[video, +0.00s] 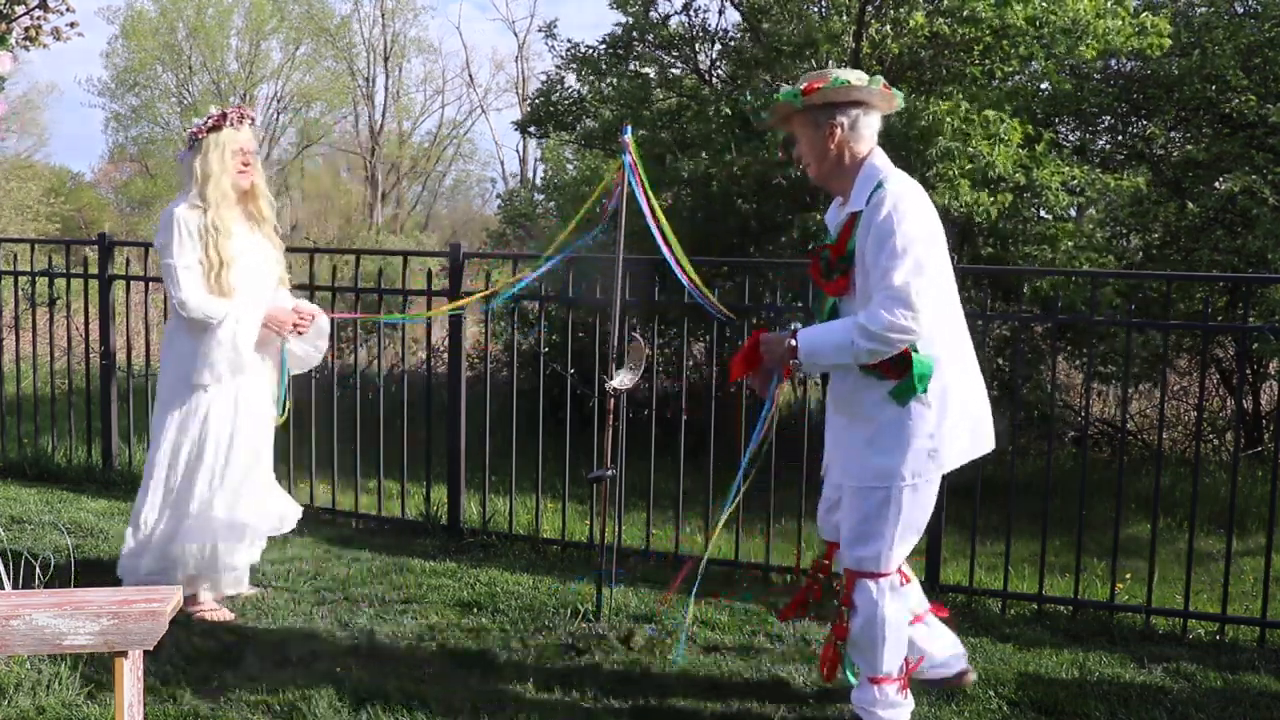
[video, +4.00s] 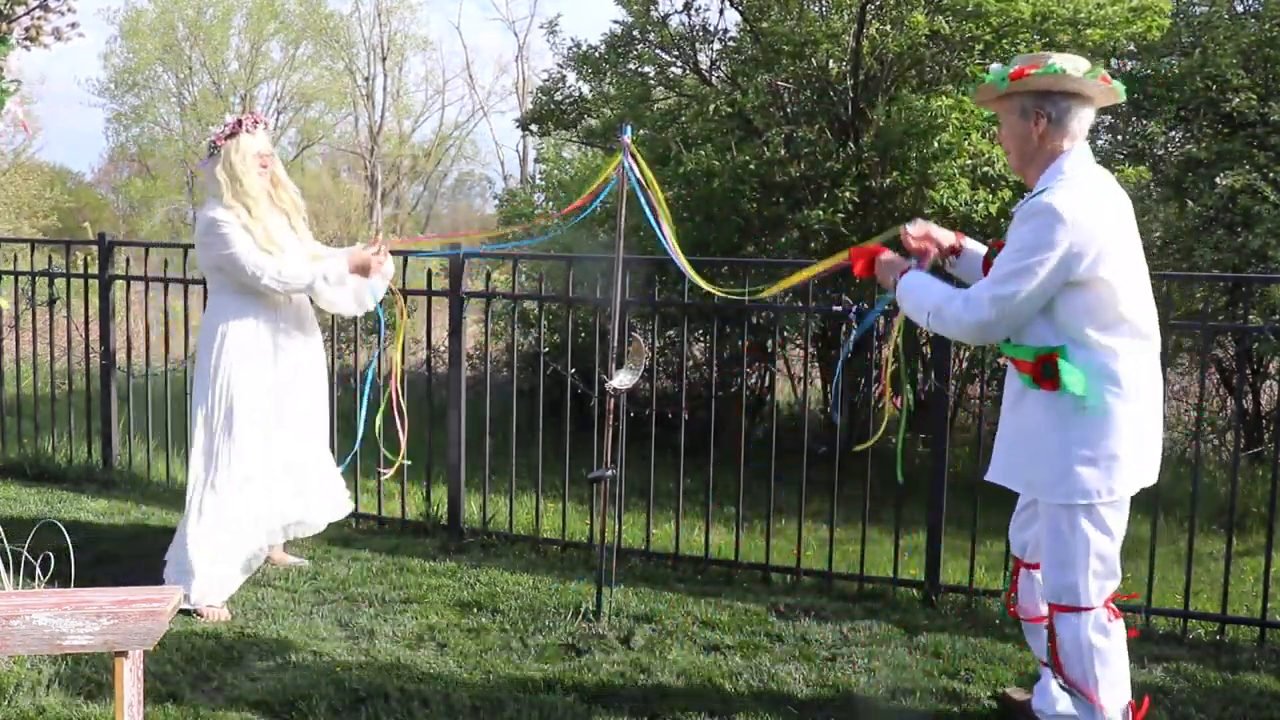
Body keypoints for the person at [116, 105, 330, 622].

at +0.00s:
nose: (247, 160)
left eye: (252, 152)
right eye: (236, 152)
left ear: (259, 160)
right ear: (210, 160)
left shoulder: (255, 219)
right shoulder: (185, 215)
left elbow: (268, 290)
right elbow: (189, 300)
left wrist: (296, 312)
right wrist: (258, 317)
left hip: (250, 364)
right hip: (205, 366)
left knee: (236, 472)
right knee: (204, 470)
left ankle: (210, 590)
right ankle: (191, 589)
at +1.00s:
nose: (229, 161)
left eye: (236, 152)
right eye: (217, 153)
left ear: (243, 159)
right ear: (193, 160)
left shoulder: (250, 218)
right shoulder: (170, 216)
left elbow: (273, 279)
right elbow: (156, 288)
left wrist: (315, 279)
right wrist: (217, 303)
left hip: (246, 362)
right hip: (191, 364)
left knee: (236, 462)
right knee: (187, 467)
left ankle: (221, 569)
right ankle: (180, 584)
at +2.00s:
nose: (233, 162)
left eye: (237, 154)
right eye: (222, 154)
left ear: (242, 161)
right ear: (193, 162)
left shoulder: (241, 222)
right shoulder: (174, 218)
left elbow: (262, 294)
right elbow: (219, 278)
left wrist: (317, 287)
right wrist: (302, 273)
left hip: (240, 358)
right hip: (192, 360)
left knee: (243, 461)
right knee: (199, 468)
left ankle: (237, 572)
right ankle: (197, 591)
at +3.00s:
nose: (226, 161)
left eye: (230, 153)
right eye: (215, 154)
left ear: (235, 160)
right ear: (187, 162)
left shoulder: (234, 222)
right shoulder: (165, 218)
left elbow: (265, 283)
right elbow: (206, 270)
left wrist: (317, 284)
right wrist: (291, 276)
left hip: (234, 351)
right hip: (188, 353)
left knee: (231, 457)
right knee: (191, 463)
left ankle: (219, 570)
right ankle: (182, 588)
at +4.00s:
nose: (269, 166)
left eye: (271, 156)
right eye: (257, 158)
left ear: (277, 161)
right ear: (230, 166)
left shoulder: (280, 216)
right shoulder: (217, 220)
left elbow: (318, 274)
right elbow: (264, 273)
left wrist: (366, 273)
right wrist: (342, 263)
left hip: (287, 346)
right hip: (240, 348)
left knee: (281, 443)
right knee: (234, 458)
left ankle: (268, 540)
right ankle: (204, 583)